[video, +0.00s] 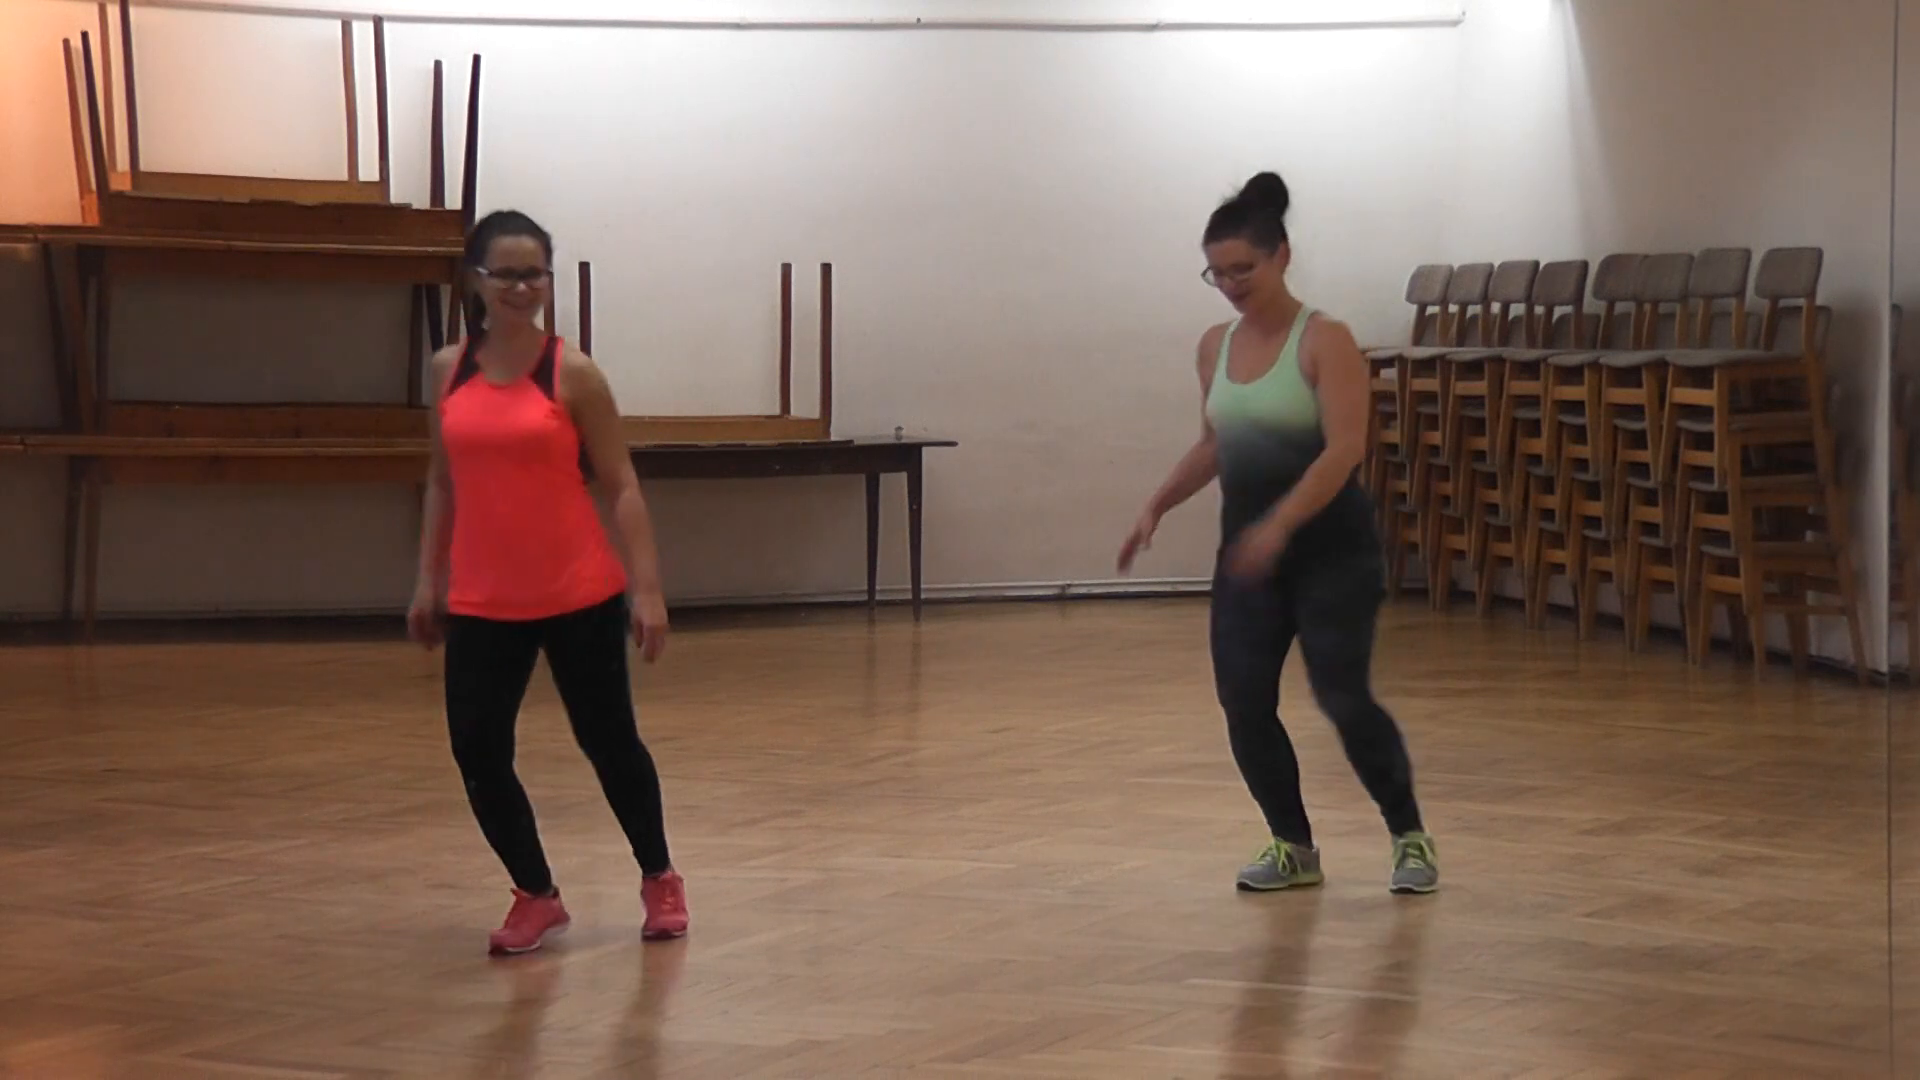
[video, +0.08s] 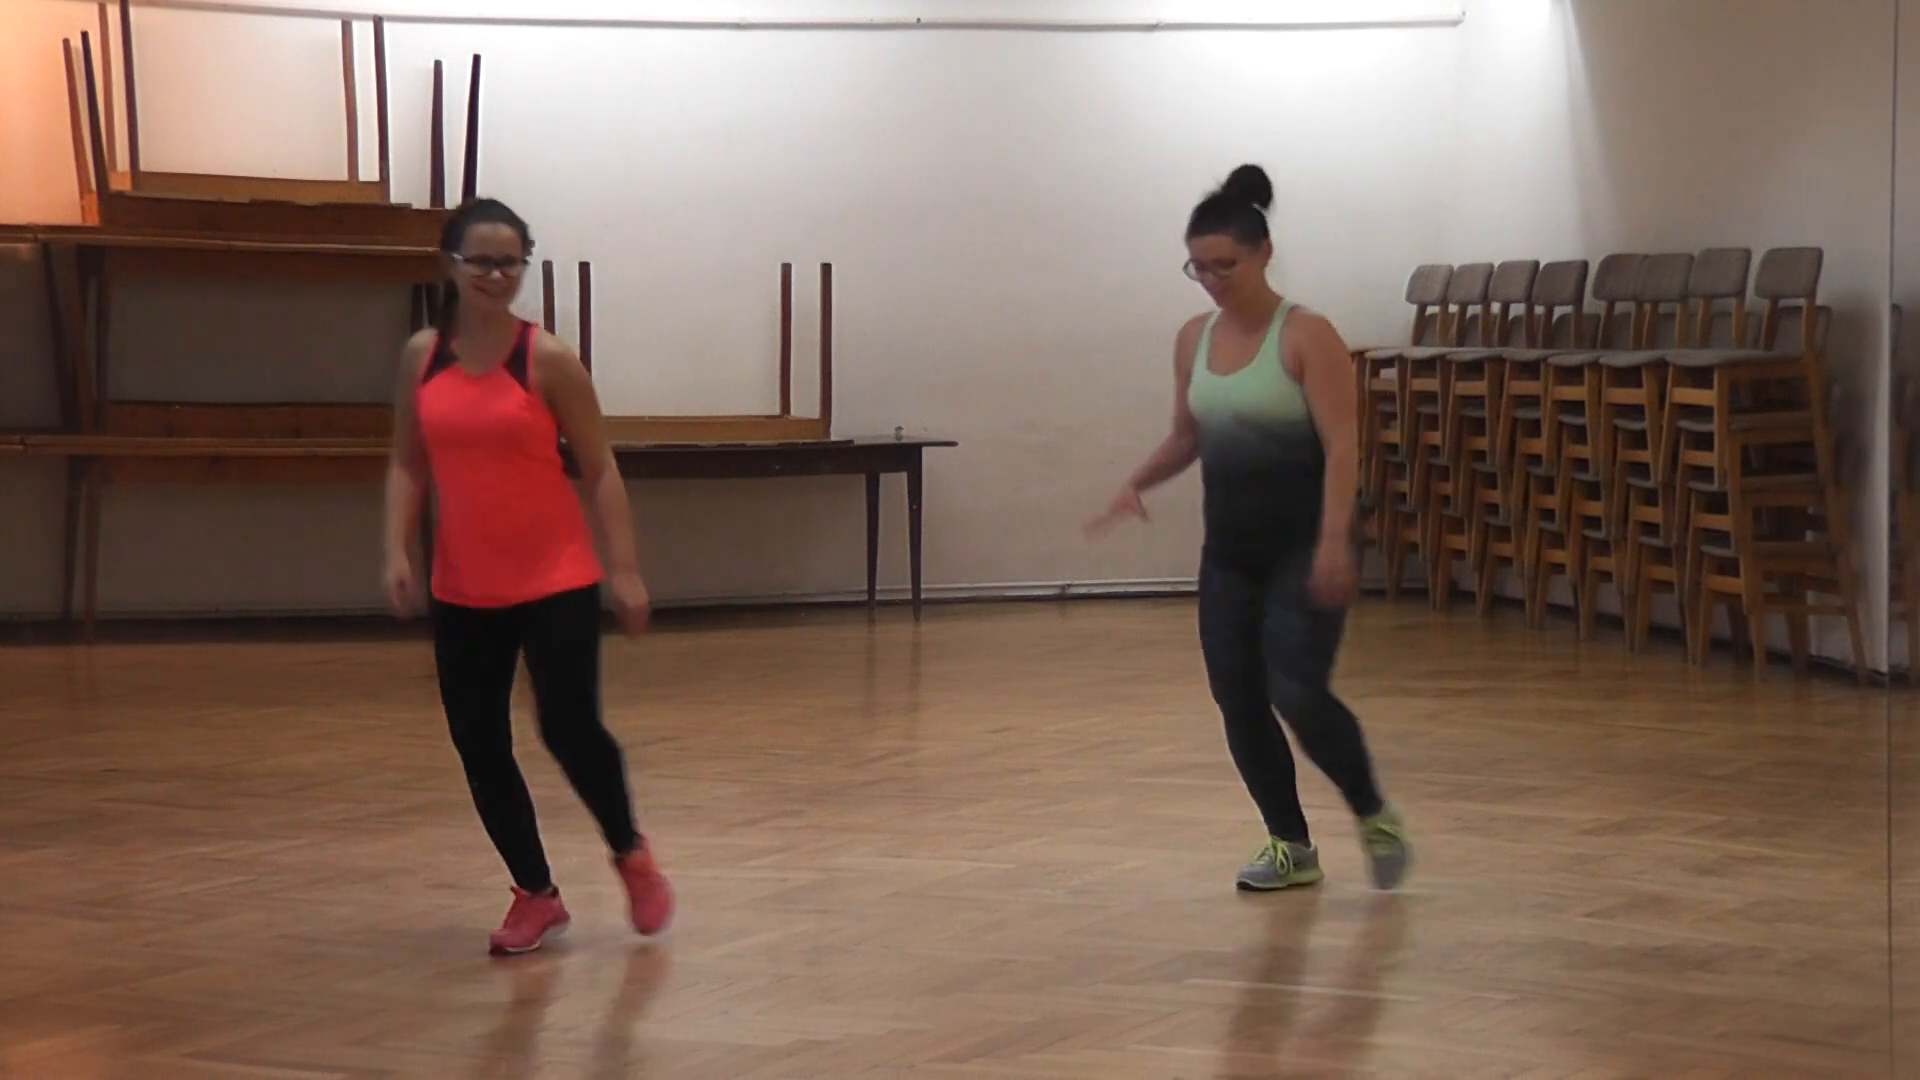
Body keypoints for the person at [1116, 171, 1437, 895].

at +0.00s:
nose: (1230, 285)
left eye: (1241, 269)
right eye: (1219, 273)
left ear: (1282, 256)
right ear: (1211, 270)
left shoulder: (1326, 341)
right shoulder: (1217, 348)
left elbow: (1347, 450)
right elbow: (1218, 444)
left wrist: (1275, 524)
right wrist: (1156, 505)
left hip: (1331, 548)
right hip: (1248, 547)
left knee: (1341, 693)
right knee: (1245, 704)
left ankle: (1409, 835)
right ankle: (1294, 846)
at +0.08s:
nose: (1211, 280)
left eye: (1223, 265)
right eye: (1200, 268)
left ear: (1263, 254)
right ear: (1191, 264)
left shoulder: (1309, 338)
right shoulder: (1196, 340)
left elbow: (1344, 447)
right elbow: (1187, 437)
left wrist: (1334, 540)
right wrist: (1137, 481)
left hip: (1305, 552)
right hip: (1229, 553)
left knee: (1296, 690)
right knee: (1239, 700)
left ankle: (1372, 814)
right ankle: (1291, 845)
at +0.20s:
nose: (1184, 273)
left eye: (1196, 257)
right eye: (1172, 261)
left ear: (1235, 245)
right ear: (1164, 257)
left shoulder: (1285, 329)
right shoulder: (1166, 328)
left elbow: (1347, 421)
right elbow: (1133, 425)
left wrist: (1391, 508)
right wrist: (1087, 422)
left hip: (1281, 526)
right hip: (1204, 532)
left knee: (1237, 662)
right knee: (1237, 679)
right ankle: (1288, 842)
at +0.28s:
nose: (1167, 279)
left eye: (1180, 263)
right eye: (1154, 265)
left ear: (1218, 249)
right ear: (1143, 259)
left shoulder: (1269, 333)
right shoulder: (1143, 333)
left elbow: (1342, 414)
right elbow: (1097, 416)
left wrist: (1403, 494)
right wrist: (1067, 398)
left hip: (1259, 535)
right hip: (1187, 542)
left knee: (1211, 671)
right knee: (1248, 690)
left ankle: (1165, 846)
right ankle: (1293, 841)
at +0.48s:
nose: (1135, 274)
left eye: (1150, 259)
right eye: (1121, 262)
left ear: (1175, 261)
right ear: (1101, 268)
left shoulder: (1212, 350)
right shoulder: (1087, 353)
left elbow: (1275, 444)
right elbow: (1053, 444)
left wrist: (1341, 519)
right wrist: (1018, 442)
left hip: (1189, 549)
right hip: (1114, 554)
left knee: (1128, 693)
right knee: (1163, 703)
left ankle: (1110, 866)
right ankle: (1265, 822)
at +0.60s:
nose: (1113, 265)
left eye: (1127, 252)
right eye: (1098, 253)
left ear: (1145, 259)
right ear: (1073, 261)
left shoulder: (1175, 349)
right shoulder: (1051, 353)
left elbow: (1214, 454)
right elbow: (1011, 443)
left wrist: (1251, 551)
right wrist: (978, 518)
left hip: (1152, 551)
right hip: (1073, 553)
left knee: (1101, 697)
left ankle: (1107, 869)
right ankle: (1159, 793)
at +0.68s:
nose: (1090, 258)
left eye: (1103, 246)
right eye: (1074, 246)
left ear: (1122, 254)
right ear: (1050, 254)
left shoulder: (1152, 345)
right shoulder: (1021, 346)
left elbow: (1185, 450)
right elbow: (975, 445)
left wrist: (1190, 544)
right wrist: (945, 533)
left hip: (1129, 557)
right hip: (1043, 555)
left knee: (1100, 707)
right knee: (992, 697)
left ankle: (1109, 866)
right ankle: (1061, 823)